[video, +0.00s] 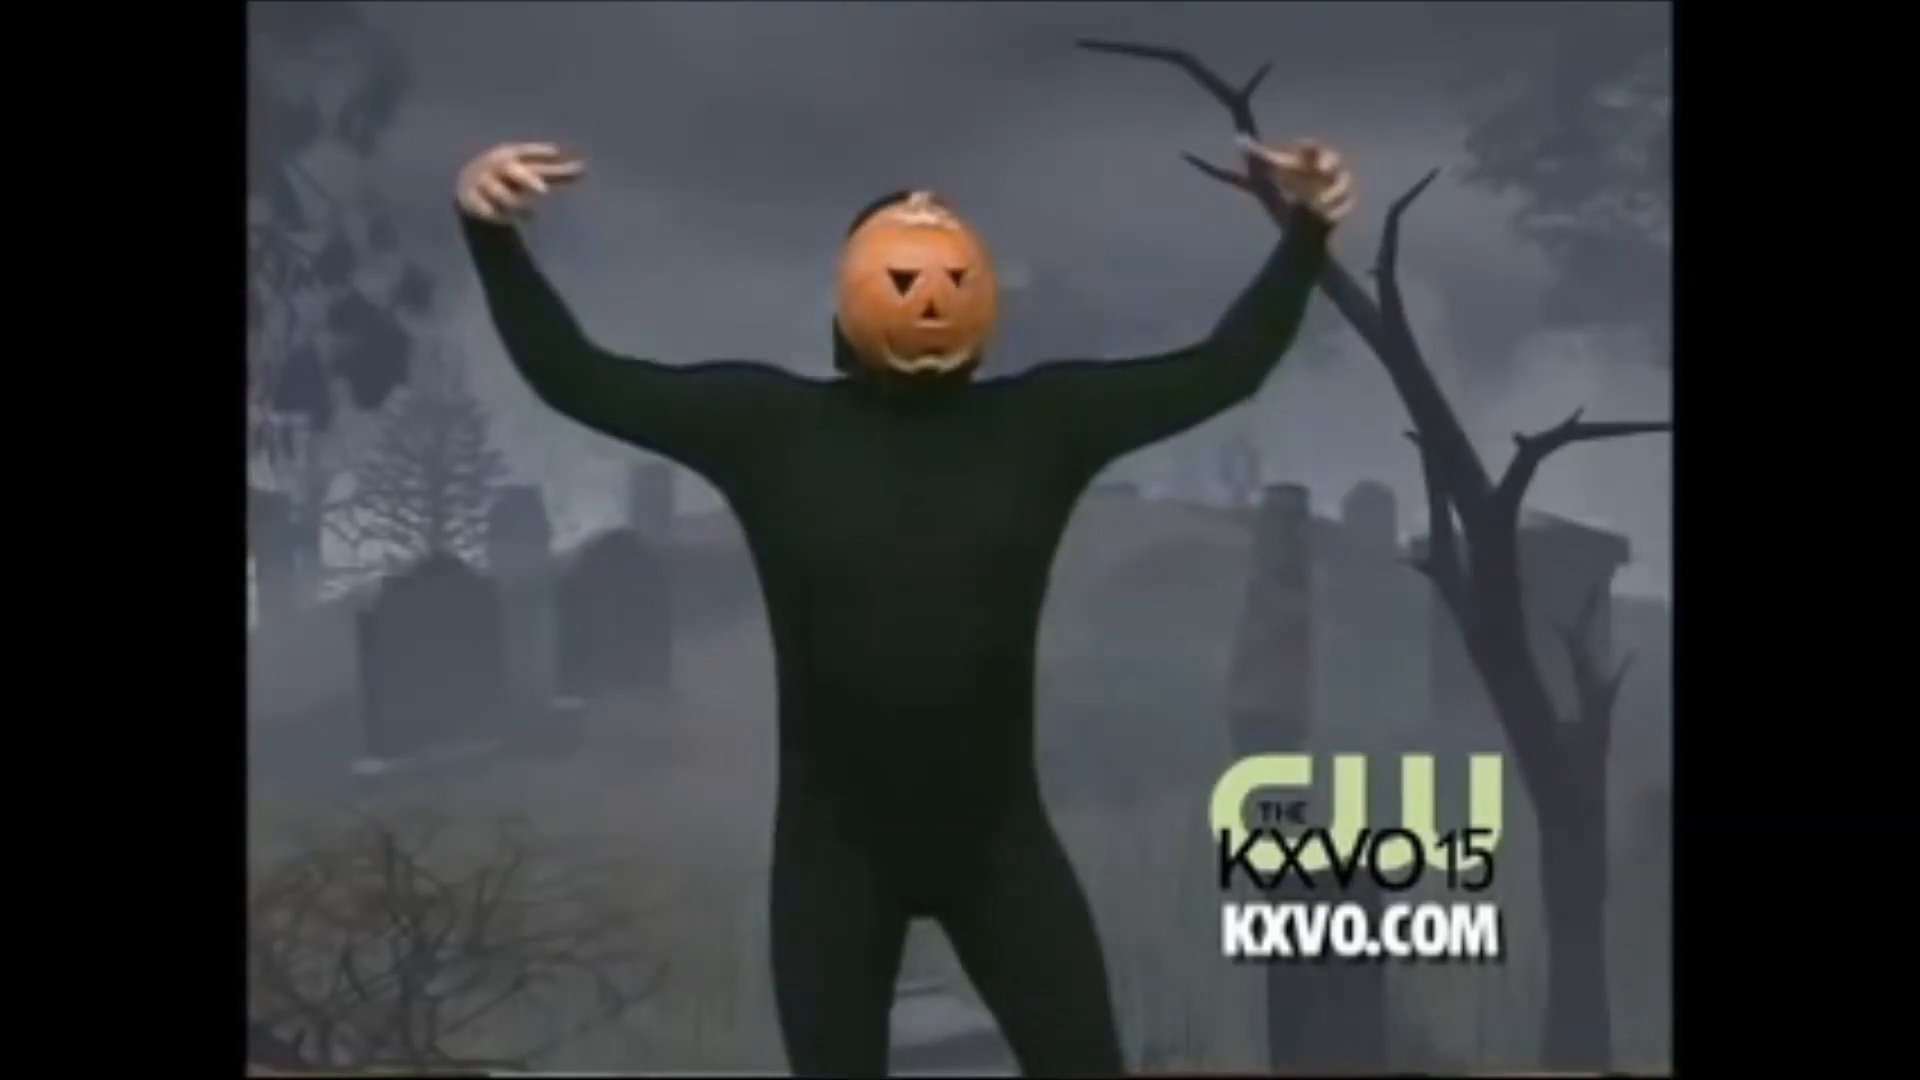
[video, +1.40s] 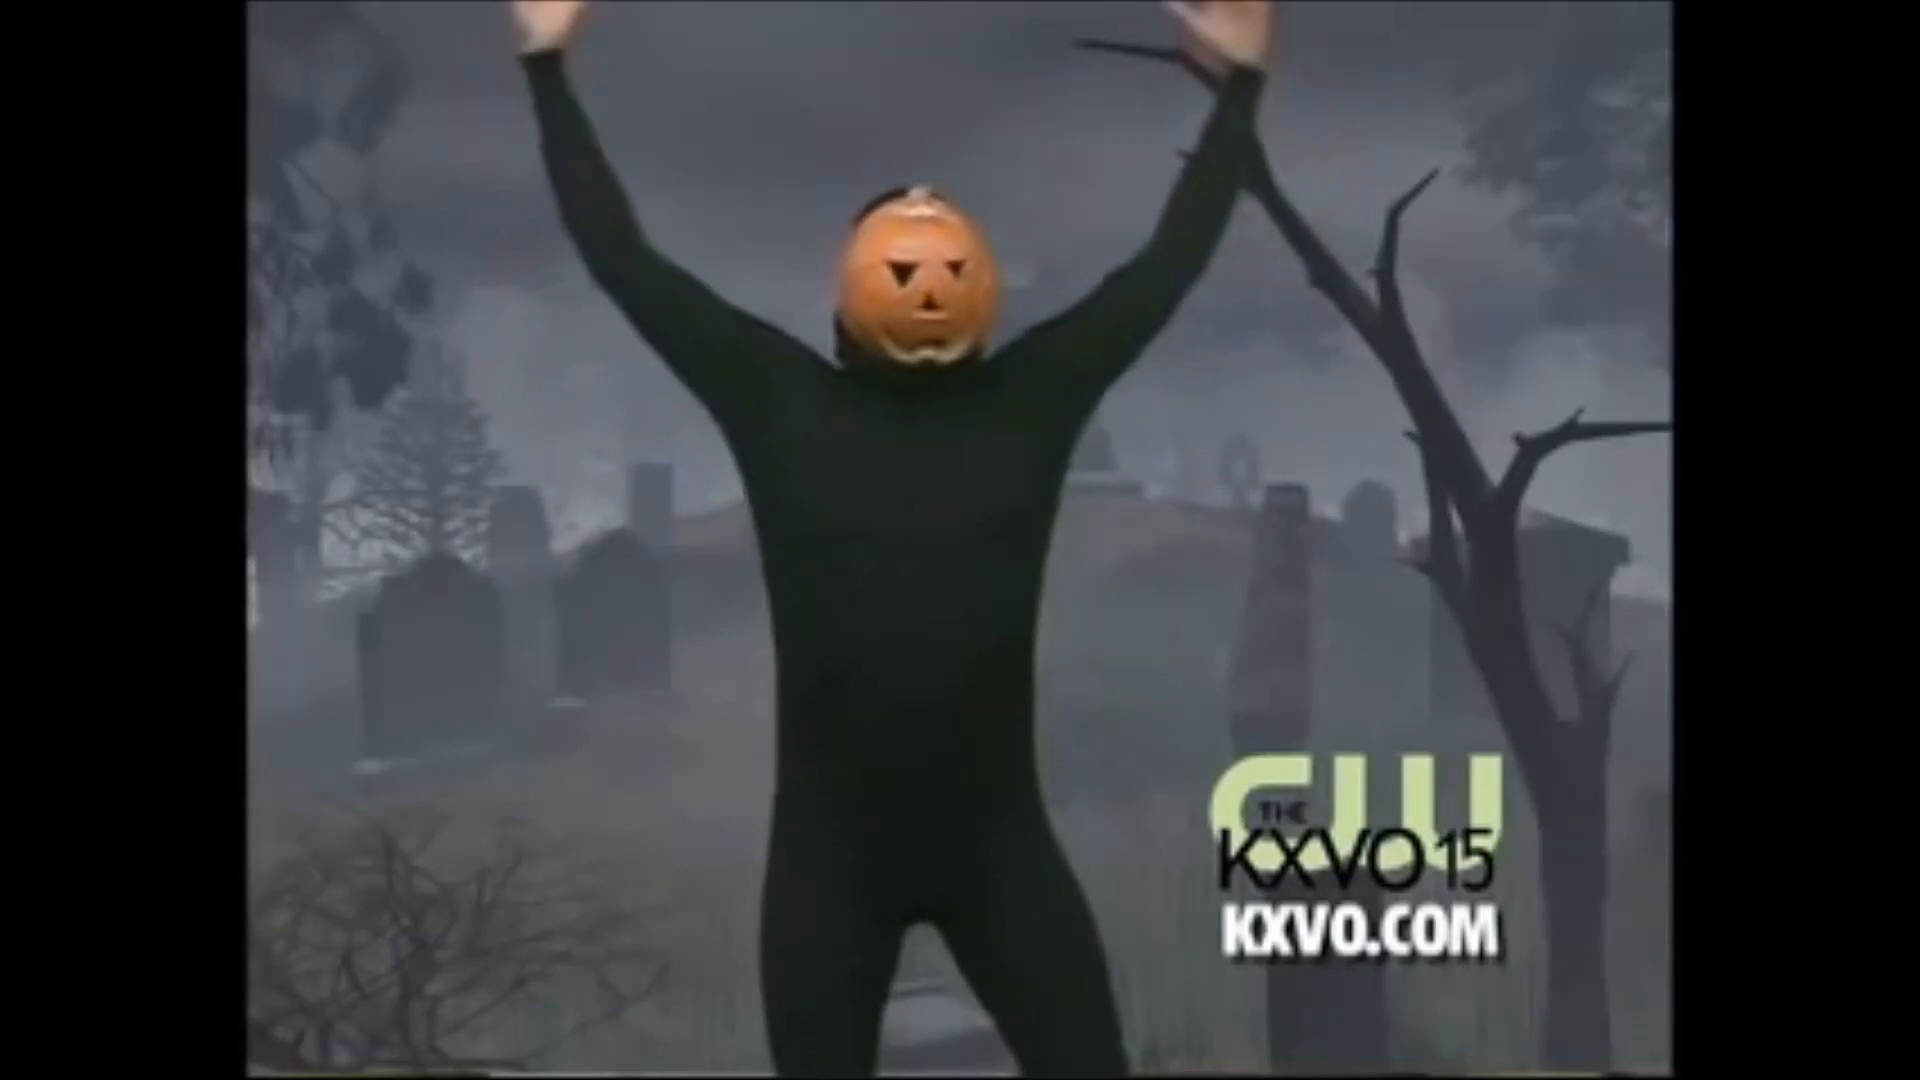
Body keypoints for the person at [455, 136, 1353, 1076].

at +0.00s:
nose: (926, 260)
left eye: (952, 250)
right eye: (892, 247)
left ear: (988, 309)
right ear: (838, 309)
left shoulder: (1053, 420)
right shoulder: (761, 423)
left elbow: (1229, 366)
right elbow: (571, 373)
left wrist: (1305, 234)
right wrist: (491, 233)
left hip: (1000, 838)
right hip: (833, 846)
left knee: (1087, 1068)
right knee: (834, 1072)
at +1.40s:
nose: (928, 281)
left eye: (953, 266)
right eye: (896, 265)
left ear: (993, 299)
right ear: (842, 302)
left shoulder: (1035, 399)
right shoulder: (776, 400)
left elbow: (1171, 260)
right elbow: (619, 255)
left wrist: (1240, 81)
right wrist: (544, 60)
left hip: (997, 837)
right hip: (830, 845)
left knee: (1088, 1064)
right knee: (818, 1066)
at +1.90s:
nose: (933, 297)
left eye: (958, 283)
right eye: (901, 281)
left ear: (998, 316)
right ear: (852, 319)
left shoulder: (1032, 417)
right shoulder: (791, 417)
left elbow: (1155, 253)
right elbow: (675, 260)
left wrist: (1114, 54)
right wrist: (712, 48)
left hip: (1000, 844)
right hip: (831, 850)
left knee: (1091, 1066)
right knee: (819, 1067)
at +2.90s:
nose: (943, 346)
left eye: (967, 328)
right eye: (911, 328)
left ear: (1002, 358)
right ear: (858, 358)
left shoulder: (1049, 465)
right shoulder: (783, 471)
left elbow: (1221, 372)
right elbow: (610, 396)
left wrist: (1169, 230)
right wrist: (683, 229)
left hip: (998, 861)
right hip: (835, 868)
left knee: (1083, 1065)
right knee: (825, 1068)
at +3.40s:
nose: (939, 353)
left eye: (965, 331)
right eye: (905, 332)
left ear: (1001, 362)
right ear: (853, 366)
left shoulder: (1057, 481)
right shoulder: (775, 487)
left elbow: (1241, 465)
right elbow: (578, 495)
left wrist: (1280, 311)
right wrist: (557, 321)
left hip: (995, 865)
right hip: (831, 871)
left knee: (1078, 1066)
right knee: (824, 1067)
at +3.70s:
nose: (930, 349)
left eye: (956, 331)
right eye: (899, 332)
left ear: (992, 364)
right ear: (848, 368)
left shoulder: (1047, 494)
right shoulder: (777, 503)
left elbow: (1232, 524)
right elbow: (585, 584)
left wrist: (1344, 385)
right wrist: (472, 431)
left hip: (989, 866)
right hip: (825, 873)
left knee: (1067, 1064)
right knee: (822, 1070)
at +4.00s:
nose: (908, 337)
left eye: (935, 324)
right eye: (877, 326)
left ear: (972, 368)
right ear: (833, 370)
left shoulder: (1029, 503)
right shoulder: (768, 516)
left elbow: (1202, 575)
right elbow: (622, 656)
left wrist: (1365, 496)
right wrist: (439, 610)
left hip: (979, 871)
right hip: (817, 876)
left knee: (1059, 1062)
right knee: (813, 1072)